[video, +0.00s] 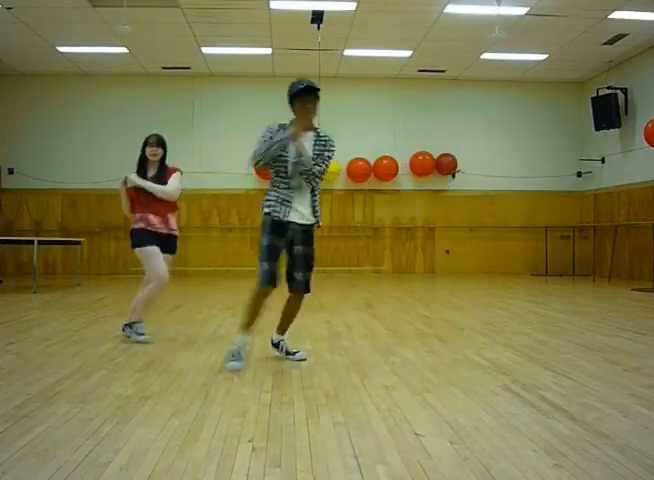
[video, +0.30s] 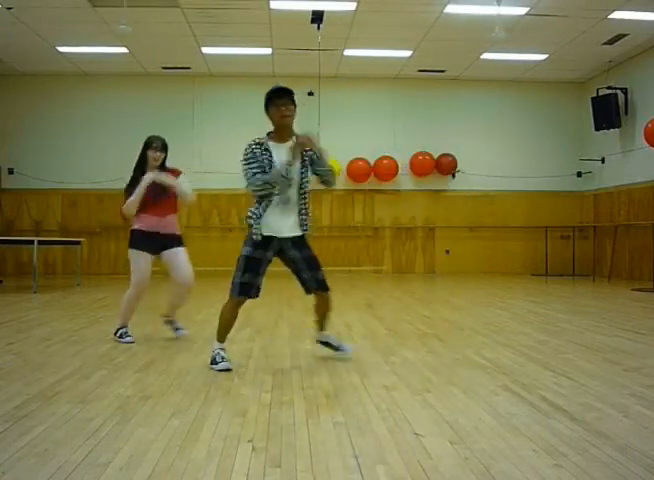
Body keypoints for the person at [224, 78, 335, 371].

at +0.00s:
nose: (311, 106)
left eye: (314, 101)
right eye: (305, 101)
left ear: (318, 105)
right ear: (293, 105)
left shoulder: (324, 141)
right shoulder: (275, 133)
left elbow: (315, 176)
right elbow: (258, 162)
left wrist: (299, 148)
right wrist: (286, 139)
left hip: (305, 220)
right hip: (276, 214)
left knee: (300, 287)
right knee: (267, 282)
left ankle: (279, 338)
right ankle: (241, 340)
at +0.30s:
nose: (285, 110)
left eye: (289, 105)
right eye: (278, 106)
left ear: (295, 110)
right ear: (268, 113)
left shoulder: (303, 145)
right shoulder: (256, 149)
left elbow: (329, 181)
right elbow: (257, 188)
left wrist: (314, 151)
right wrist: (289, 161)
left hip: (294, 235)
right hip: (262, 234)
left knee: (322, 291)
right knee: (239, 294)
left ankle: (322, 335)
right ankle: (218, 348)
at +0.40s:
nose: (290, 107)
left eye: (294, 102)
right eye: (283, 103)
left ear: (300, 106)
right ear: (273, 109)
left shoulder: (312, 141)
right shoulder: (264, 146)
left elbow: (342, 175)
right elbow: (278, 183)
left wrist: (342, 163)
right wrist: (315, 173)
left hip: (306, 232)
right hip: (274, 232)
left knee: (338, 288)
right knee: (251, 294)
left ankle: (349, 340)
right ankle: (221, 347)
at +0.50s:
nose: (302, 103)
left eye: (305, 98)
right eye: (295, 100)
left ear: (311, 103)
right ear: (284, 107)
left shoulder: (323, 137)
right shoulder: (278, 145)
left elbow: (345, 165)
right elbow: (296, 185)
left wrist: (363, 177)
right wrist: (334, 186)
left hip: (327, 227)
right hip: (296, 229)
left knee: (351, 288)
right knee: (271, 292)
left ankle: (353, 343)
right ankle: (232, 344)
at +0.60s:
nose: (315, 104)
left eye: (318, 99)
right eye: (308, 101)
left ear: (324, 104)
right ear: (297, 108)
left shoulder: (337, 136)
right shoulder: (291, 149)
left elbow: (354, 170)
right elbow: (306, 195)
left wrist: (365, 199)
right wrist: (344, 213)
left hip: (343, 224)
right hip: (315, 227)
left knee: (357, 290)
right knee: (305, 292)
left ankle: (352, 344)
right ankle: (263, 333)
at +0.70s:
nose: (326, 105)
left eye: (330, 100)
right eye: (320, 101)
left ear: (336, 104)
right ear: (309, 108)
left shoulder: (350, 137)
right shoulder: (299, 146)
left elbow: (360, 176)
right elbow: (295, 191)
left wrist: (355, 206)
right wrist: (318, 219)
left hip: (353, 225)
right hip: (324, 229)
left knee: (365, 291)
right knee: (335, 293)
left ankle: (352, 344)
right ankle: (299, 337)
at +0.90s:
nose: (347, 109)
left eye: (350, 104)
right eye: (341, 106)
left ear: (356, 109)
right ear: (330, 112)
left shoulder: (366, 144)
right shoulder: (319, 148)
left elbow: (380, 182)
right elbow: (300, 185)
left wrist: (364, 179)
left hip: (369, 227)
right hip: (342, 231)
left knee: (406, 286)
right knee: (344, 301)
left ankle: (391, 335)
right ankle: (308, 346)